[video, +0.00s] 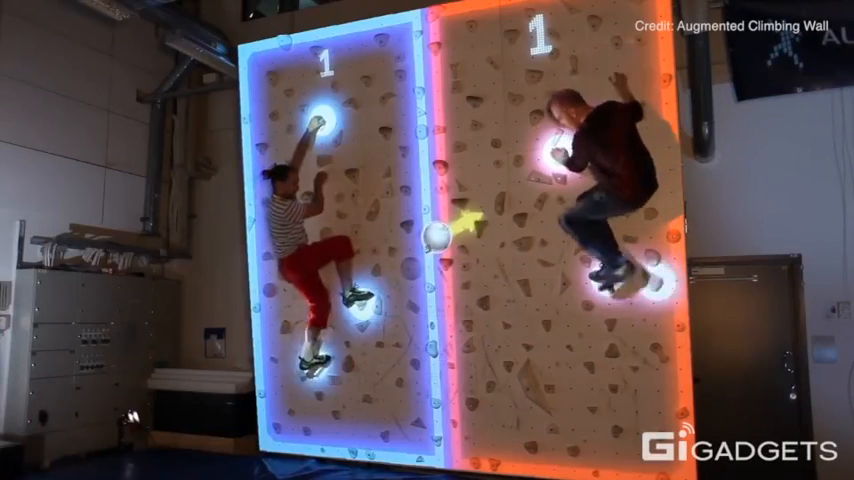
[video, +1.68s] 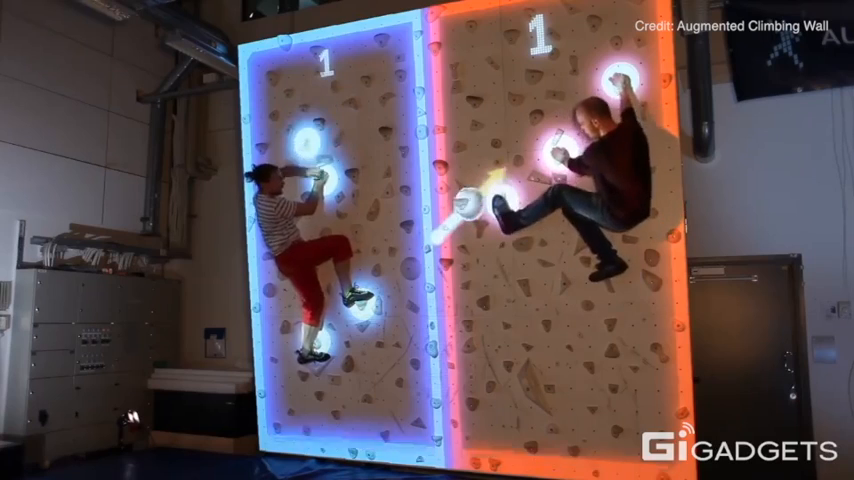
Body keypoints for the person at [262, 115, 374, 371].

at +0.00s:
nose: (296, 185)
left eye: (295, 181)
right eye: (292, 182)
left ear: (281, 184)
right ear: (281, 185)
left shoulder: (275, 201)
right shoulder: (285, 207)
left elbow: (296, 164)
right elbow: (317, 208)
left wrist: (310, 133)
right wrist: (319, 185)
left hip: (288, 266)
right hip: (300, 259)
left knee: (320, 303)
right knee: (341, 244)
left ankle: (309, 358)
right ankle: (349, 291)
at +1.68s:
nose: (281, 181)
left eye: (280, 177)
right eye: (277, 178)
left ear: (264, 184)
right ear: (266, 184)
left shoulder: (261, 198)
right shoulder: (275, 204)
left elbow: (284, 172)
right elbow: (309, 208)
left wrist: (309, 172)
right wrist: (318, 184)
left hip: (285, 259)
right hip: (294, 253)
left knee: (314, 300)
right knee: (339, 243)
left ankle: (306, 350)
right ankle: (348, 293)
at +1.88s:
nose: (288, 177)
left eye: (285, 174)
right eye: (283, 176)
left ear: (272, 182)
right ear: (272, 183)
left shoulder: (273, 193)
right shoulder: (279, 204)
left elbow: (307, 168)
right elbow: (311, 208)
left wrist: (338, 168)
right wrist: (319, 184)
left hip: (285, 253)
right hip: (292, 251)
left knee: (308, 299)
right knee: (338, 244)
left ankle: (306, 351)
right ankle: (348, 293)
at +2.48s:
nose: (306, 164)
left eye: (304, 162)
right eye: (302, 164)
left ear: (290, 171)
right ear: (294, 171)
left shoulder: (290, 183)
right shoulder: (293, 193)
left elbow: (318, 152)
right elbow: (322, 209)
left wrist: (342, 127)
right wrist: (321, 185)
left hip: (290, 246)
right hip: (300, 243)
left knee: (303, 296)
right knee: (345, 242)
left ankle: (305, 350)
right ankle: (348, 292)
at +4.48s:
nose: (283, 187)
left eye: (283, 183)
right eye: (279, 185)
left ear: (279, 181)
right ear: (269, 186)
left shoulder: (268, 195)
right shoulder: (279, 204)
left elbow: (290, 158)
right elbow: (311, 207)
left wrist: (308, 130)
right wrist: (320, 186)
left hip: (282, 254)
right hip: (291, 251)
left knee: (305, 300)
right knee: (333, 246)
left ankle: (305, 351)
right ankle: (346, 294)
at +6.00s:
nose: (303, 193)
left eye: (303, 189)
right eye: (299, 190)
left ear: (299, 186)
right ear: (288, 191)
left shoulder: (284, 193)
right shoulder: (292, 210)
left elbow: (298, 158)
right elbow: (316, 209)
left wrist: (310, 131)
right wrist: (321, 189)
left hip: (281, 255)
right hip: (287, 254)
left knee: (306, 299)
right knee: (334, 269)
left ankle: (305, 350)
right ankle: (351, 316)